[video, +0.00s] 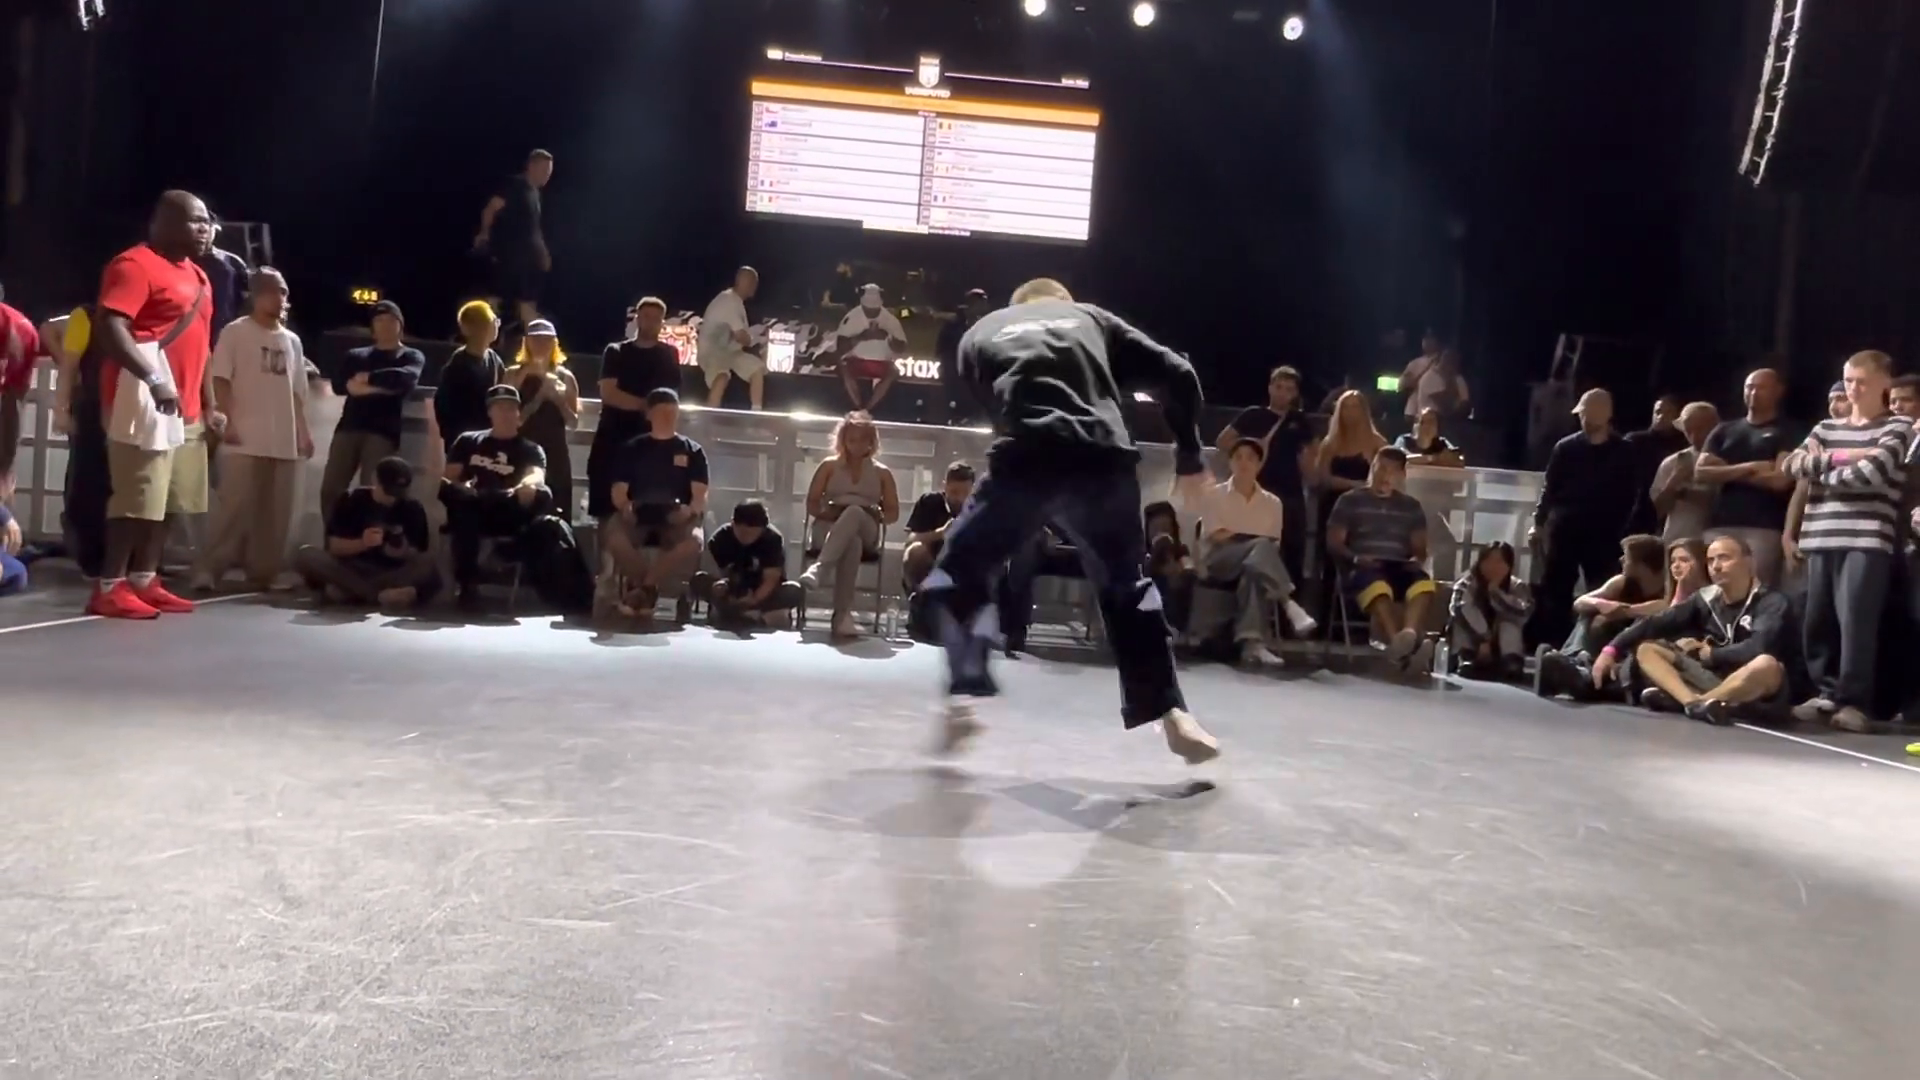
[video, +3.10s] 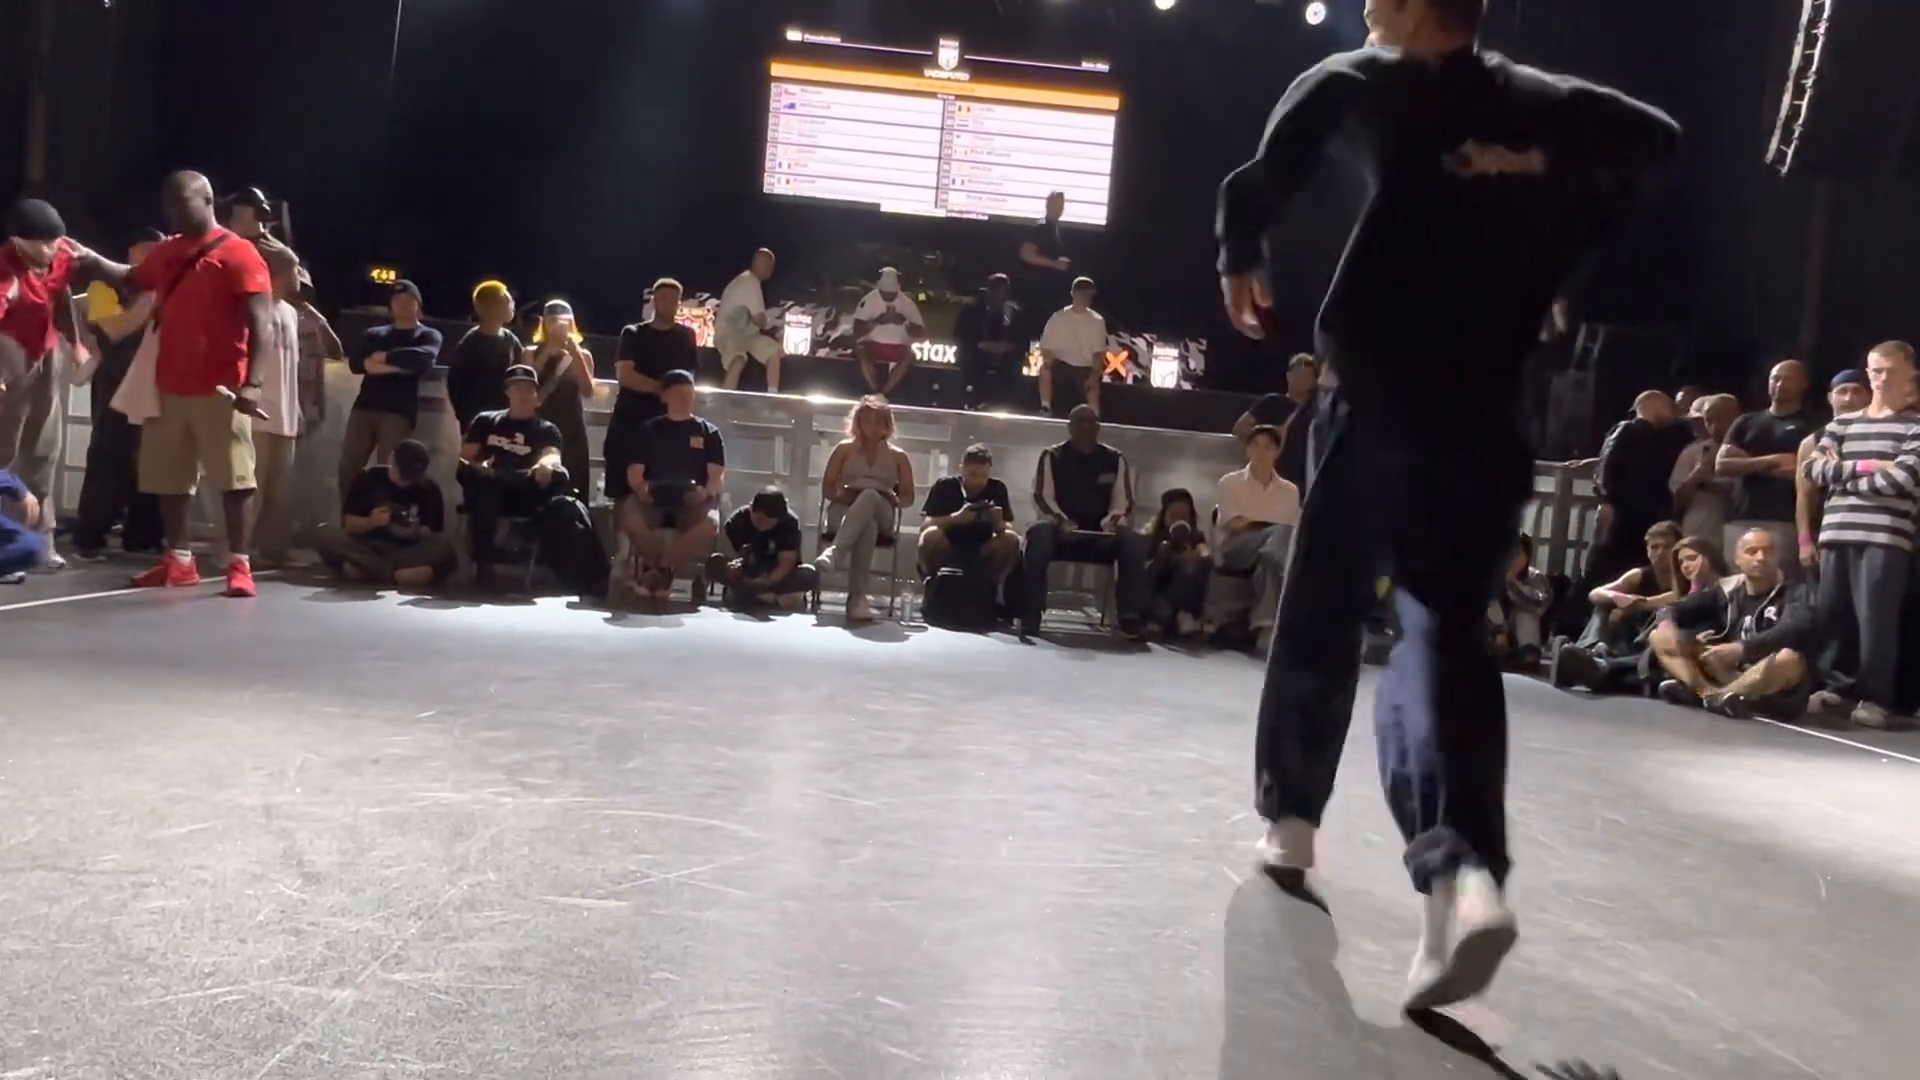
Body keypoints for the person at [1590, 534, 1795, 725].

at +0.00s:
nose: (1715, 567)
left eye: (1724, 559)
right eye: (1711, 561)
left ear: (1748, 562)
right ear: (1707, 567)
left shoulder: (1772, 602)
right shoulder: (1705, 598)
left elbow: (1758, 648)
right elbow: (1659, 623)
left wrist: (1710, 654)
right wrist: (1612, 651)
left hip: (1762, 692)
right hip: (1716, 682)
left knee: (1766, 665)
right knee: (1646, 650)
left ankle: (1696, 703)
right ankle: (1694, 704)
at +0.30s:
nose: (1721, 562)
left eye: (1730, 555)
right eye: (1716, 557)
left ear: (1753, 559)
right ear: (1712, 563)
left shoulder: (1778, 600)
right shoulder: (1709, 596)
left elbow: (1792, 642)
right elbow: (1662, 620)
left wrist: (1735, 655)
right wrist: (1616, 647)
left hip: (1764, 685)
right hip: (1719, 679)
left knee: (1773, 662)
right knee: (1650, 647)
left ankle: (1705, 699)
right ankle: (1700, 700)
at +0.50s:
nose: (1725, 560)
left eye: (1734, 553)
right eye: (1721, 555)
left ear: (1757, 558)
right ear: (1717, 562)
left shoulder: (1781, 598)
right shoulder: (1712, 596)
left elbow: (1812, 633)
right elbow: (1666, 620)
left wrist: (1757, 642)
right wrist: (1620, 646)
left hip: (1770, 689)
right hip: (1724, 678)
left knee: (1775, 661)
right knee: (1654, 647)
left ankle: (1704, 700)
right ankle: (1704, 699)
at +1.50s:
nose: (1761, 557)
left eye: (1766, 549)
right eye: (1751, 551)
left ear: (1773, 555)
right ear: (1736, 561)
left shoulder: (1794, 594)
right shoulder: (1724, 592)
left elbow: (1795, 631)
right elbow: (1677, 615)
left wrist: (1767, 654)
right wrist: (1635, 640)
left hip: (1775, 671)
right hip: (1731, 669)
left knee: (1792, 663)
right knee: (1666, 642)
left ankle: (1717, 695)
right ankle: (1712, 696)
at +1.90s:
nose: (1762, 559)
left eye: (1765, 552)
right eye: (1752, 554)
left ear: (1771, 553)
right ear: (1732, 562)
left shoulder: (1793, 590)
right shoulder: (1721, 591)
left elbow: (1795, 628)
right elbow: (1671, 614)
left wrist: (1754, 656)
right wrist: (1658, 633)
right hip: (1729, 667)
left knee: (1793, 661)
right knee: (1663, 643)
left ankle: (1718, 694)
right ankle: (1714, 694)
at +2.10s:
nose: (1758, 558)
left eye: (1762, 550)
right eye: (1748, 552)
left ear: (1770, 554)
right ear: (1732, 561)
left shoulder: (1792, 593)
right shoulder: (1722, 591)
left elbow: (1768, 633)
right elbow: (1669, 616)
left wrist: (1717, 655)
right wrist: (1685, 638)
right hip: (1728, 674)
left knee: (1789, 659)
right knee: (1658, 637)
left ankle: (1717, 694)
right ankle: (1713, 694)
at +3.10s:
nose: (1760, 558)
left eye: (1767, 551)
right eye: (1752, 552)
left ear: (1776, 557)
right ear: (1738, 560)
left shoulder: (1795, 592)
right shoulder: (1728, 590)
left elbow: (1794, 629)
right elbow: (1680, 610)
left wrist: (1742, 649)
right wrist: (1667, 624)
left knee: (1788, 659)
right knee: (1661, 637)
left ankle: (1712, 697)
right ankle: (1711, 694)